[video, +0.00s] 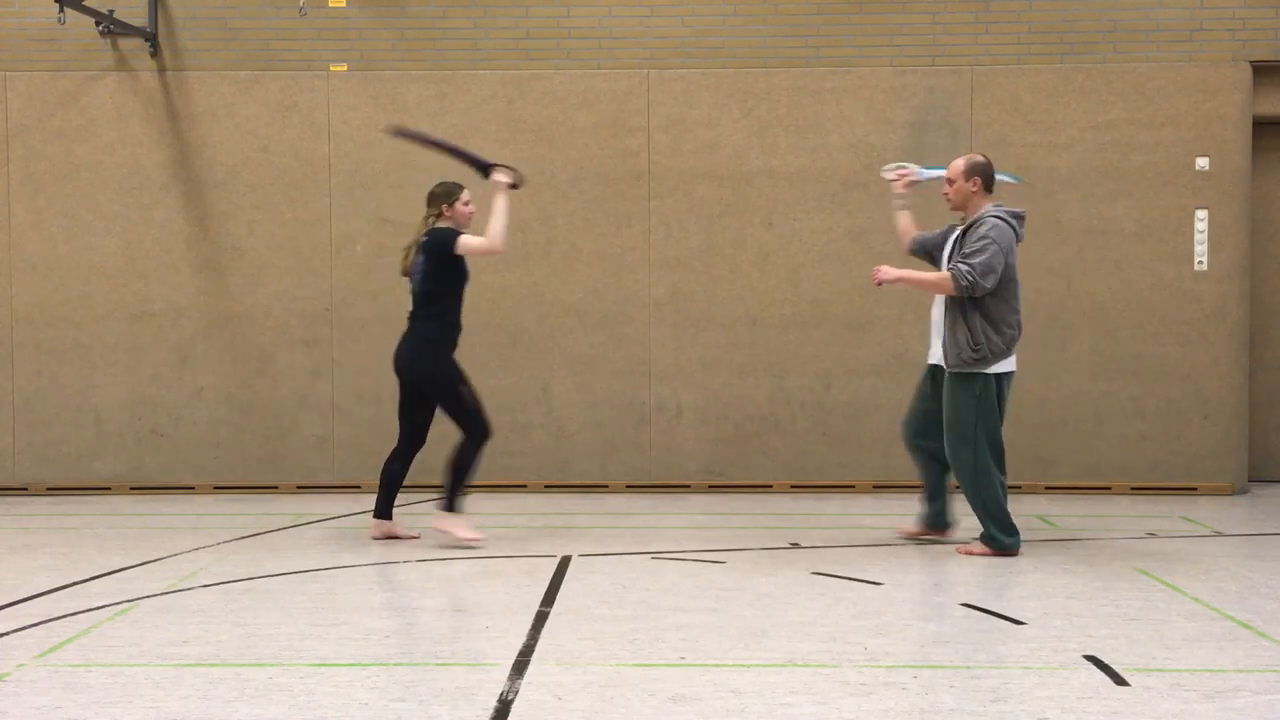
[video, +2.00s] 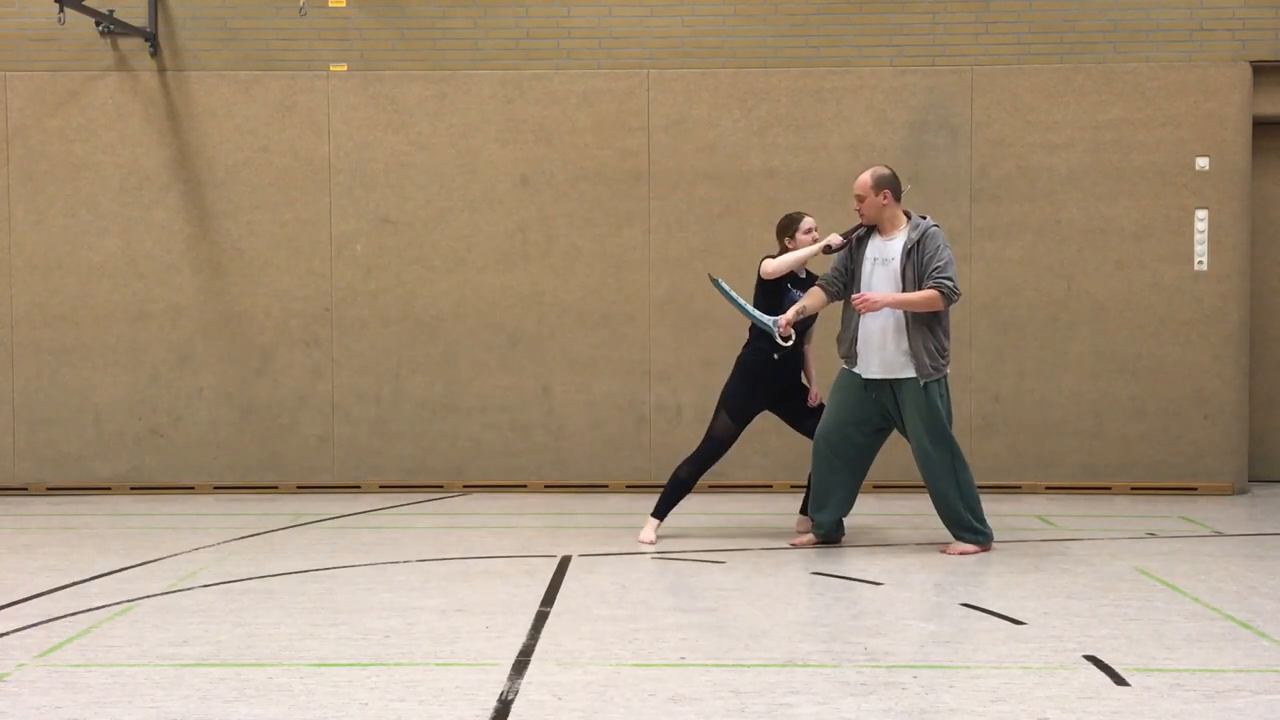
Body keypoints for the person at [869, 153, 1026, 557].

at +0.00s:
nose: (945, 189)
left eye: (950, 182)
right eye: (945, 182)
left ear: (975, 185)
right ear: (972, 186)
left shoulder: (992, 231)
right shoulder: (960, 233)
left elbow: (965, 280)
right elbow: (913, 243)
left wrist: (901, 275)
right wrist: (901, 195)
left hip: (978, 366)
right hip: (946, 362)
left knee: (972, 451)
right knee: (921, 433)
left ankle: (1001, 538)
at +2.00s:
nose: (855, 205)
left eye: (860, 198)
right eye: (854, 198)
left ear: (886, 198)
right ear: (880, 199)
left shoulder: (926, 236)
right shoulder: (858, 242)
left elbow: (944, 294)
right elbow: (829, 286)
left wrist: (887, 299)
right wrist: (797, 310)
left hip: (915, 374)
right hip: (861, 373)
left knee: (937, 454)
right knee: (830, 441)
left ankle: (974, 535)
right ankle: (826, 529)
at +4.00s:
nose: (1051, 207)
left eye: (1053, 198)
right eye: (1049, 199)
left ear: (1077, 194)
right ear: (1086, 194)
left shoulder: (1080, 234)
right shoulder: (1122, 230)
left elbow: (1047, 285)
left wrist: (1016, 251)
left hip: (1089, 372)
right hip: (1133, 369)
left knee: (1049, 447)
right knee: (1136, 451)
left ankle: (1021, 538)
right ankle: (1173, 534)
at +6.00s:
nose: (855, 202)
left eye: (861, 195)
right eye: (855, 195)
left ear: (887, 196)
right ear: (879, 198)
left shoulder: (921, 235)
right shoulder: (851, 243)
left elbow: (915, 282)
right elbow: (804, 259)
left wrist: (871, 239)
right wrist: (743, 252)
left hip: (910, 371)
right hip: (857, 372)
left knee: (934, 450)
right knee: (829, 447)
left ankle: (981, 529)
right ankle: (829, 529)